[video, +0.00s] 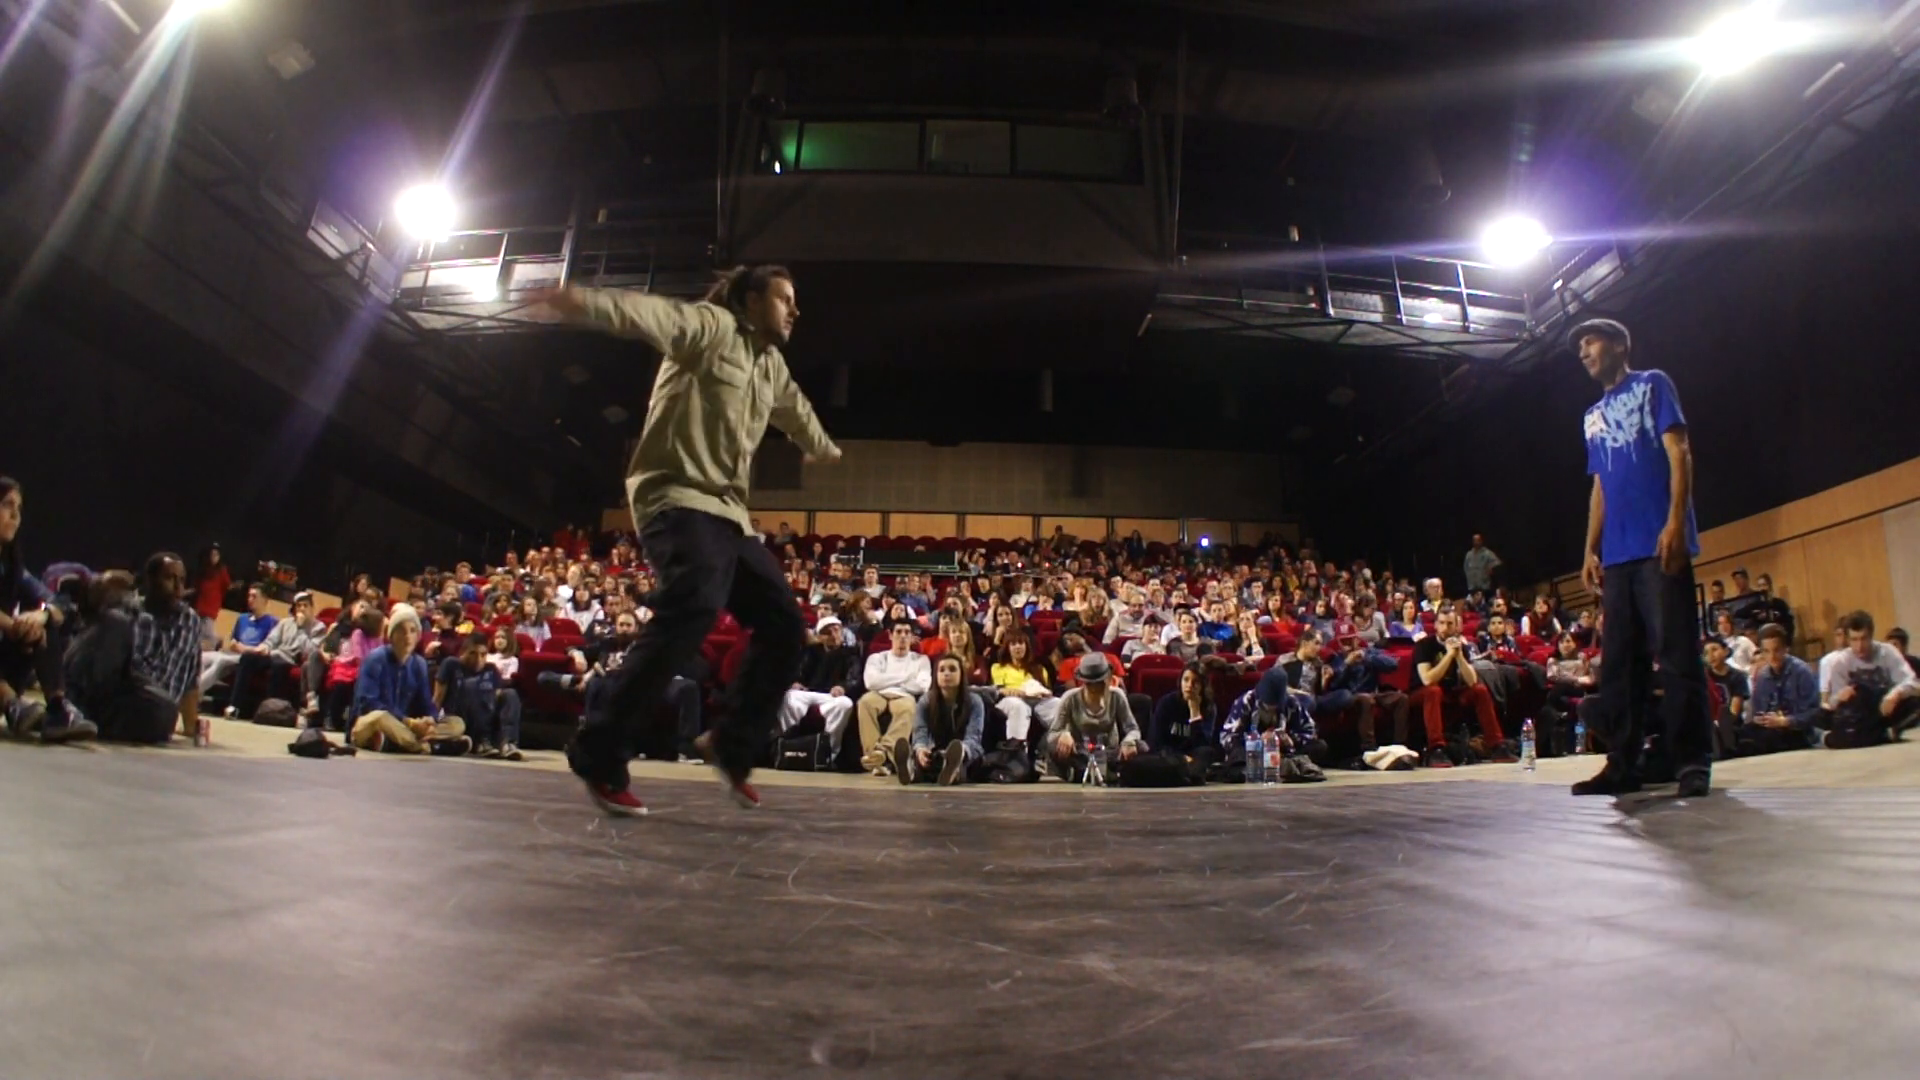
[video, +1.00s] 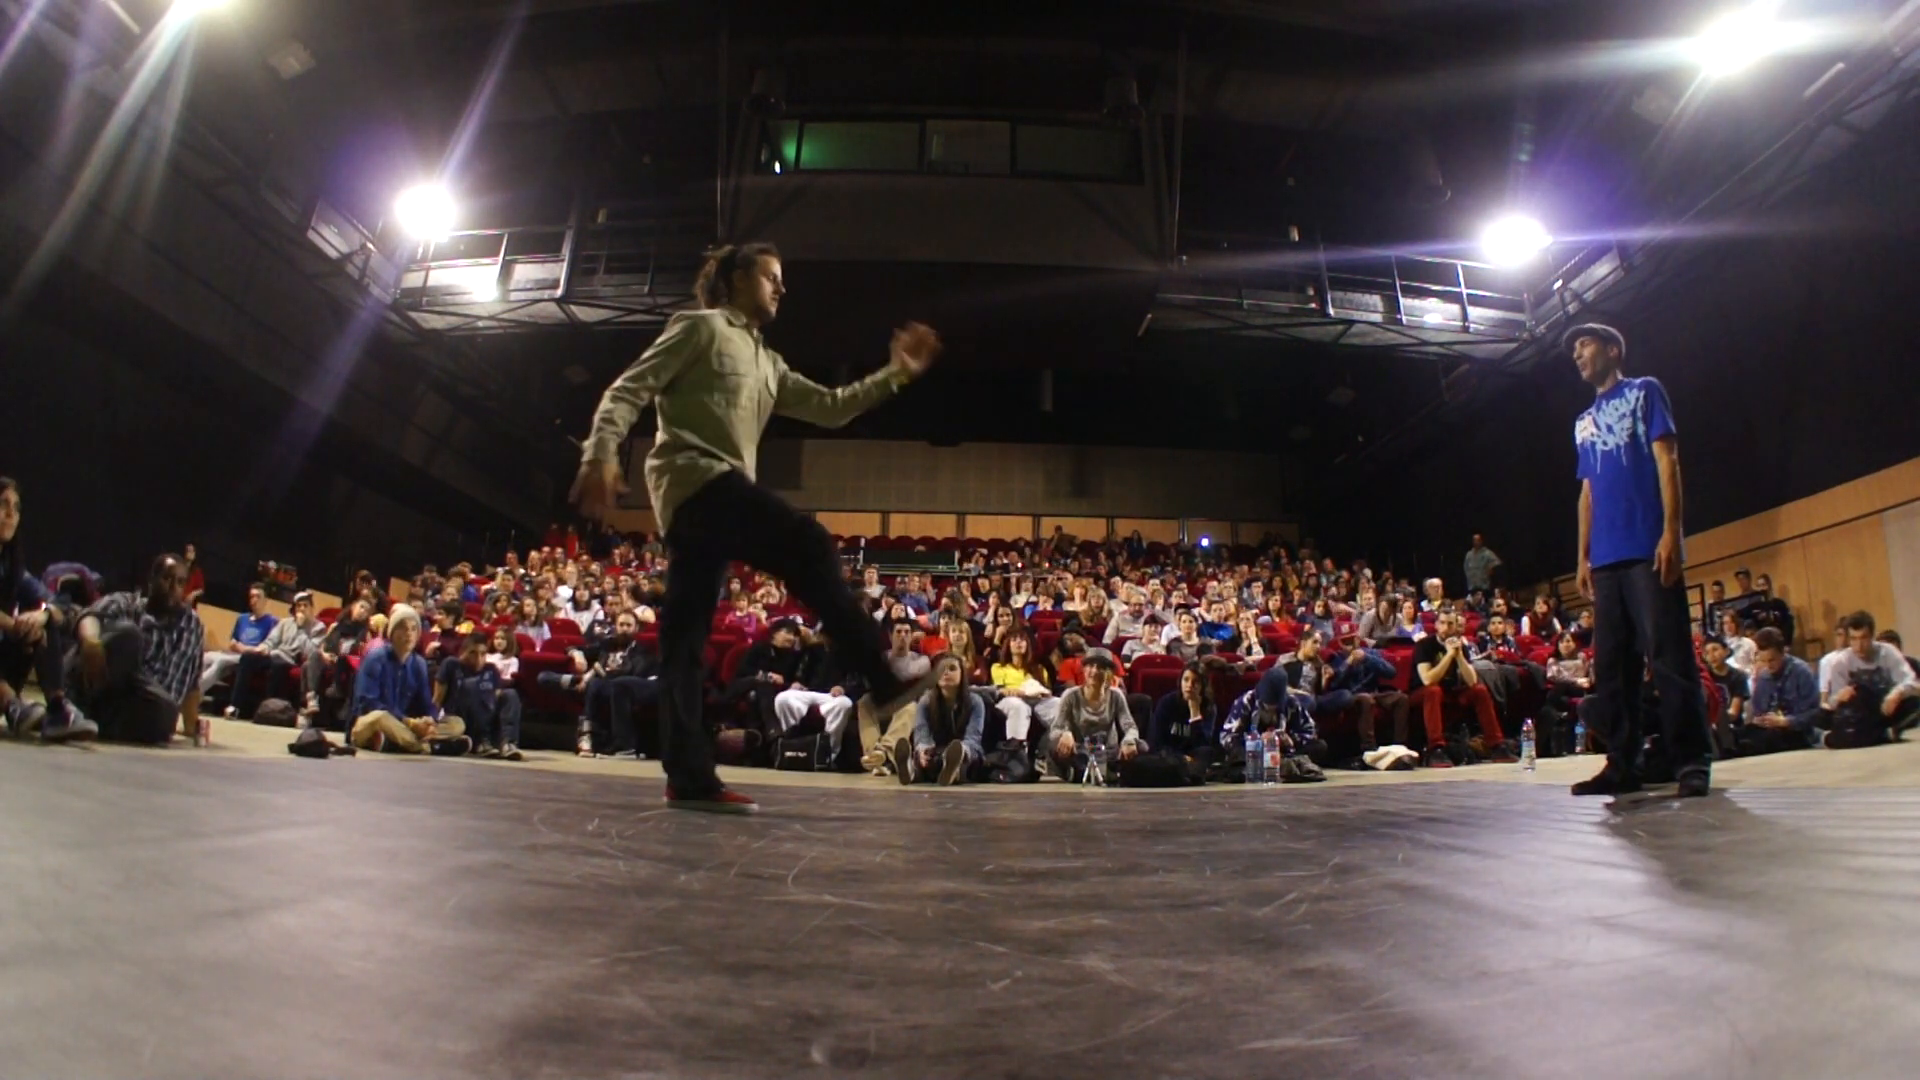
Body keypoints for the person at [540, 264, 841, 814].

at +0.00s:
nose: (792, 310)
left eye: (794, 303)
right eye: (783, 299)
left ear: (784, 313)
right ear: (749, 299)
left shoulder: (773, 370)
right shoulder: (713, 325)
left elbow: (798, 413)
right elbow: (656, 313)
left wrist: (823, 447)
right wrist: (587, 302)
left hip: (730, 513)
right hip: (676, 497)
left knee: (784, 627)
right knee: (692, 606)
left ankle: (735, 744)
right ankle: (600, 751)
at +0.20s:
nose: (791, 312)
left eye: (792, 305)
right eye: (783, 301)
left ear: (771, 312)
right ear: (749, 300)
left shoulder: (762, 368)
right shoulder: (715, 327)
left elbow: (778, 416)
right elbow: (647, 325)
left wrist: (838, 430)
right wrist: (663, 354)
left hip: (727, 519)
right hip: (685, 502)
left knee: (744, 652)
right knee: (678, 634)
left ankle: (693, 776)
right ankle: (598, 765)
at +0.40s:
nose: (791, 304)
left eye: (792, 296)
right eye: (783, 293)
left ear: (768, 302)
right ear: (749, 293)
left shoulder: (766, 365)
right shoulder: (718, 330)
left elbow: (801, 402)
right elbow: (672, 335)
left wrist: (840, 440)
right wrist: (749, 369)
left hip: (733, 528)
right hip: (685, 513)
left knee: (716, 662)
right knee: (643, 645)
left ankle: (692, 775)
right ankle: (589, 773)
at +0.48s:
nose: (790, 300)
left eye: (789, 293)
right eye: (781, 290)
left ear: (765, 297)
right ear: (747, 291)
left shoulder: (765, 367)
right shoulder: (722, 329)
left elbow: (791, 424)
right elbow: (685, 377)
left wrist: (836, 454)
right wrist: (748, 422)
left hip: (734, 519)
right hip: (694, 506)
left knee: (723, 649)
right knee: (692, 635)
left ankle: (692, 775)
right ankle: (602, 736)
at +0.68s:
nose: (785, 296)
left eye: (784, 287)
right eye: (775, 284)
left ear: (755, 294)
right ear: (741, 287)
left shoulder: (764, 368)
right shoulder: (716, 333)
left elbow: (810, 429)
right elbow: (673, 411)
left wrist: (888, 422)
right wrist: (660, 492)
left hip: (729, 505)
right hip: (707, 499)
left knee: (720, 645)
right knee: (784, 607)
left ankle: (693, 774)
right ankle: (837, 722)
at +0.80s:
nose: (784, 293)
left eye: (784, 285)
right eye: (775, 282)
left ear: (761, 291)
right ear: (741, 283)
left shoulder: (769, 369)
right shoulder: (711, 327)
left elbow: (828, 415)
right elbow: (648, 383)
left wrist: (883, 368)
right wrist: (624, 481)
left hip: (726, 489)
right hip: (703, 477)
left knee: (684, 638)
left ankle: (693, 778)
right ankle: (878, 644)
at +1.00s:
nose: (781, 289)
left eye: (782, 282)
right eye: (771, 277)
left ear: (764, 290)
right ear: (735, 279)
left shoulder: (769, 363)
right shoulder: (700, 325)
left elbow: (830, 406)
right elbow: (631, 388)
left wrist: (897, 371)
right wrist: (600, 456)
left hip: (724, 489)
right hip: (694, 481)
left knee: (685, 638)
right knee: (805, 544)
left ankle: (690, 778)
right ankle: (881, 676)